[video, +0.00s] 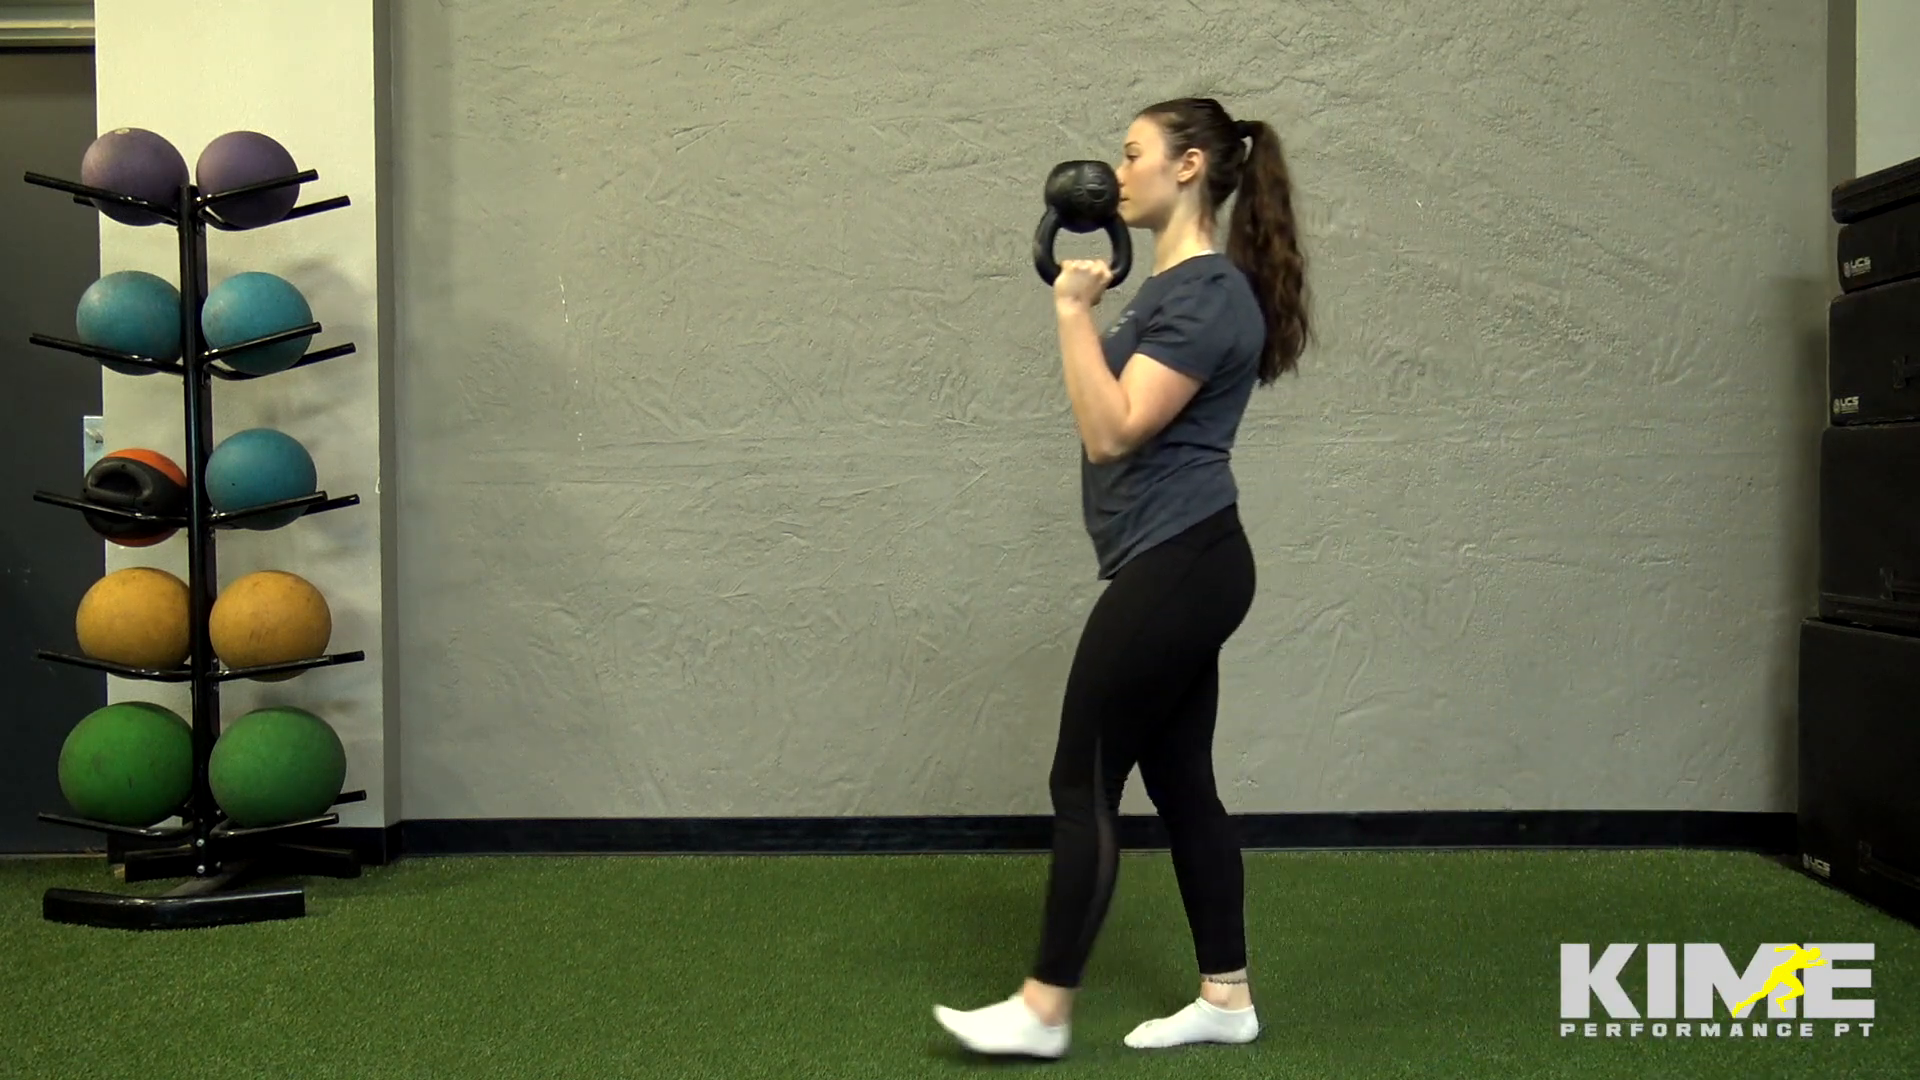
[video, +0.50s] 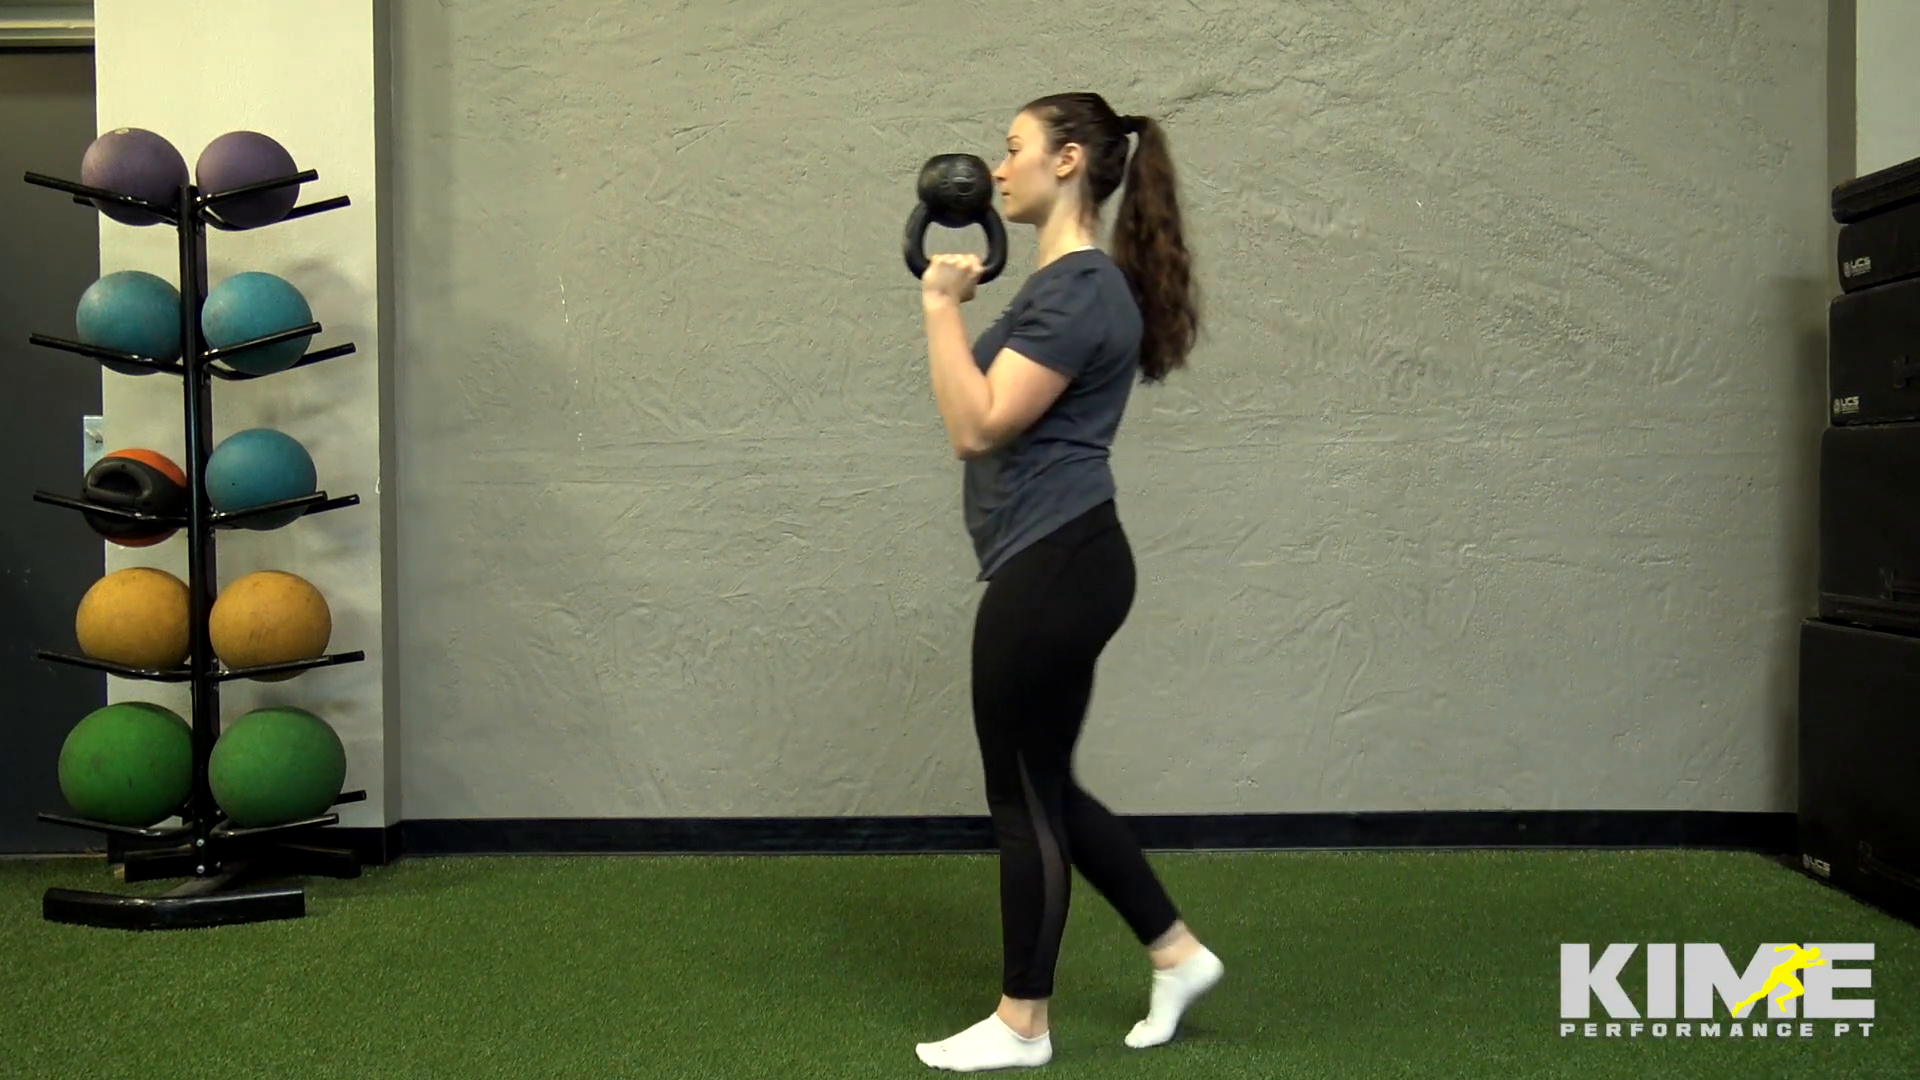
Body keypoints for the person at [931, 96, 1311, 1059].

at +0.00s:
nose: (1116, 175)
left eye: (1132, 158)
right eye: (1120, 159)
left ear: (1190, 172)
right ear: (1188, 175)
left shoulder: (1206, 293)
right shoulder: (1170, 286)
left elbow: (1111, 432)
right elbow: (1110, 424)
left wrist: (1073, 312)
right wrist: (1083, 308)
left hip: (1179, 564)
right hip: (1169, 562)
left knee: (1083, 776)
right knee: (1183, 787)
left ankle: (1044, 1006)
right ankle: (1228, 997)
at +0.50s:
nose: (998, 170)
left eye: (1015, 152)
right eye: (1004, 152)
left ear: (1069, 165)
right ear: (1072, 166)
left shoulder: (1078, 288)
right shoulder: (1067, 281)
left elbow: (979, 424)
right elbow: (976, 425)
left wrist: (940, 304)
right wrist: (950, 306)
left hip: (1053, 565)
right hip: (1058, 558)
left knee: (1020, 792)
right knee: (1045, 782)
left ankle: (1022, 1018)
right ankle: (1178, 952)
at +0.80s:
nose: (934, 168)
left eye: (951, 150)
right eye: (939, 151)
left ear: (1004, 160)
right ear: (1004, 162)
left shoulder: (1023, 285)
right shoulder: (995, 280)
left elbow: (917, 421)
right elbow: (907, 423)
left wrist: (873, 304)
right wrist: (876, 304)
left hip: (1005, 562)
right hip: (963, 564)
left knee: (995, 793)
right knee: (899, 770)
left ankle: (1023, 1020)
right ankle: (958, 979)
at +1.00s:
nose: (888, 174)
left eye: (904, 157)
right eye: (893, 156)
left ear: (958, 169)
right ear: (957, 172)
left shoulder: (972, 291)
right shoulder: (947, 286)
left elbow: (858, 425)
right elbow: (868, 424)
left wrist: (822, 309)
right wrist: (823, 314)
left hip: (958, 567)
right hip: (919, 570)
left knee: (967, 800)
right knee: (870, 787)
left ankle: (1020, 1017)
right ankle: (825, 993)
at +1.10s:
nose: (858, 175)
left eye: (872, 158)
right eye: (862, 158)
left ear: (926, 168)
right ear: (927, 170)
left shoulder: (944, 293)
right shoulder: (919, 288)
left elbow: (828, 427)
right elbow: (825, 424)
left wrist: (790, 312)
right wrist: (792, 314)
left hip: (923, 565)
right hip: (892, 568)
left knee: (940, 799)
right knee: (858, 795)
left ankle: (1017, 1014)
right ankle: (825, 1000)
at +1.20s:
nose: (835, 173)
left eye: (850, 156)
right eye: (840, 156)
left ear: (901, 169)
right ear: (903, 170)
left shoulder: (917, 292)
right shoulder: (895, 288)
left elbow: (808, 426)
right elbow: (797, 433)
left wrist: (766, 311)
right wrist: (771, 312)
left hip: (899, 563)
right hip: (872, 567)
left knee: (906, 794)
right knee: (846, 793)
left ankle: (1011, 1005)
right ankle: (822, 1000)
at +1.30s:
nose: (813, 174)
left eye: (828, 157)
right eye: (819, 157)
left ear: (878, 171)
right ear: (884, 172)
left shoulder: (888, 295)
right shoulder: (879, 289)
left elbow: (784, 429)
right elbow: (779, 435)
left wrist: (745, 312)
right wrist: (755, 317)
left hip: (871, 564)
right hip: (857, 562)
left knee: (860, 791)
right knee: (835, 788)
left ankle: (996, 987)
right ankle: (820, 1000)